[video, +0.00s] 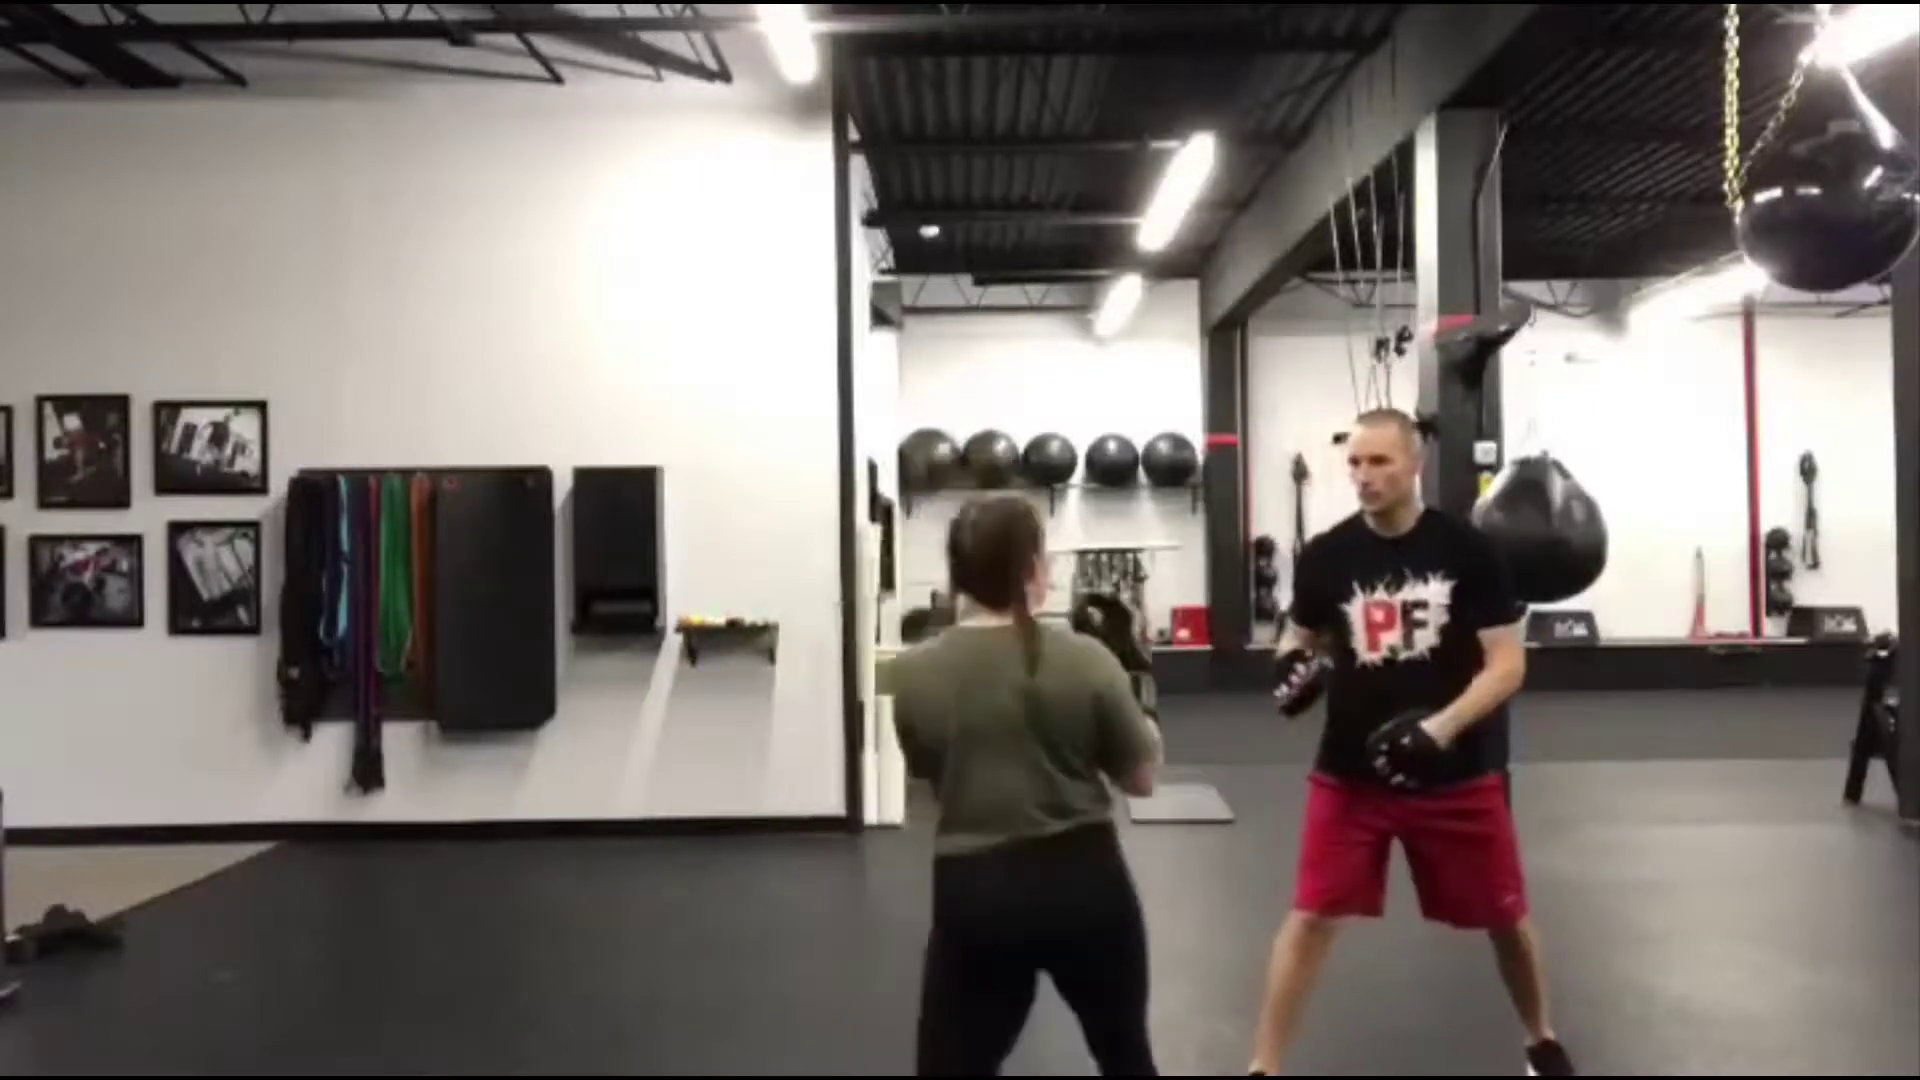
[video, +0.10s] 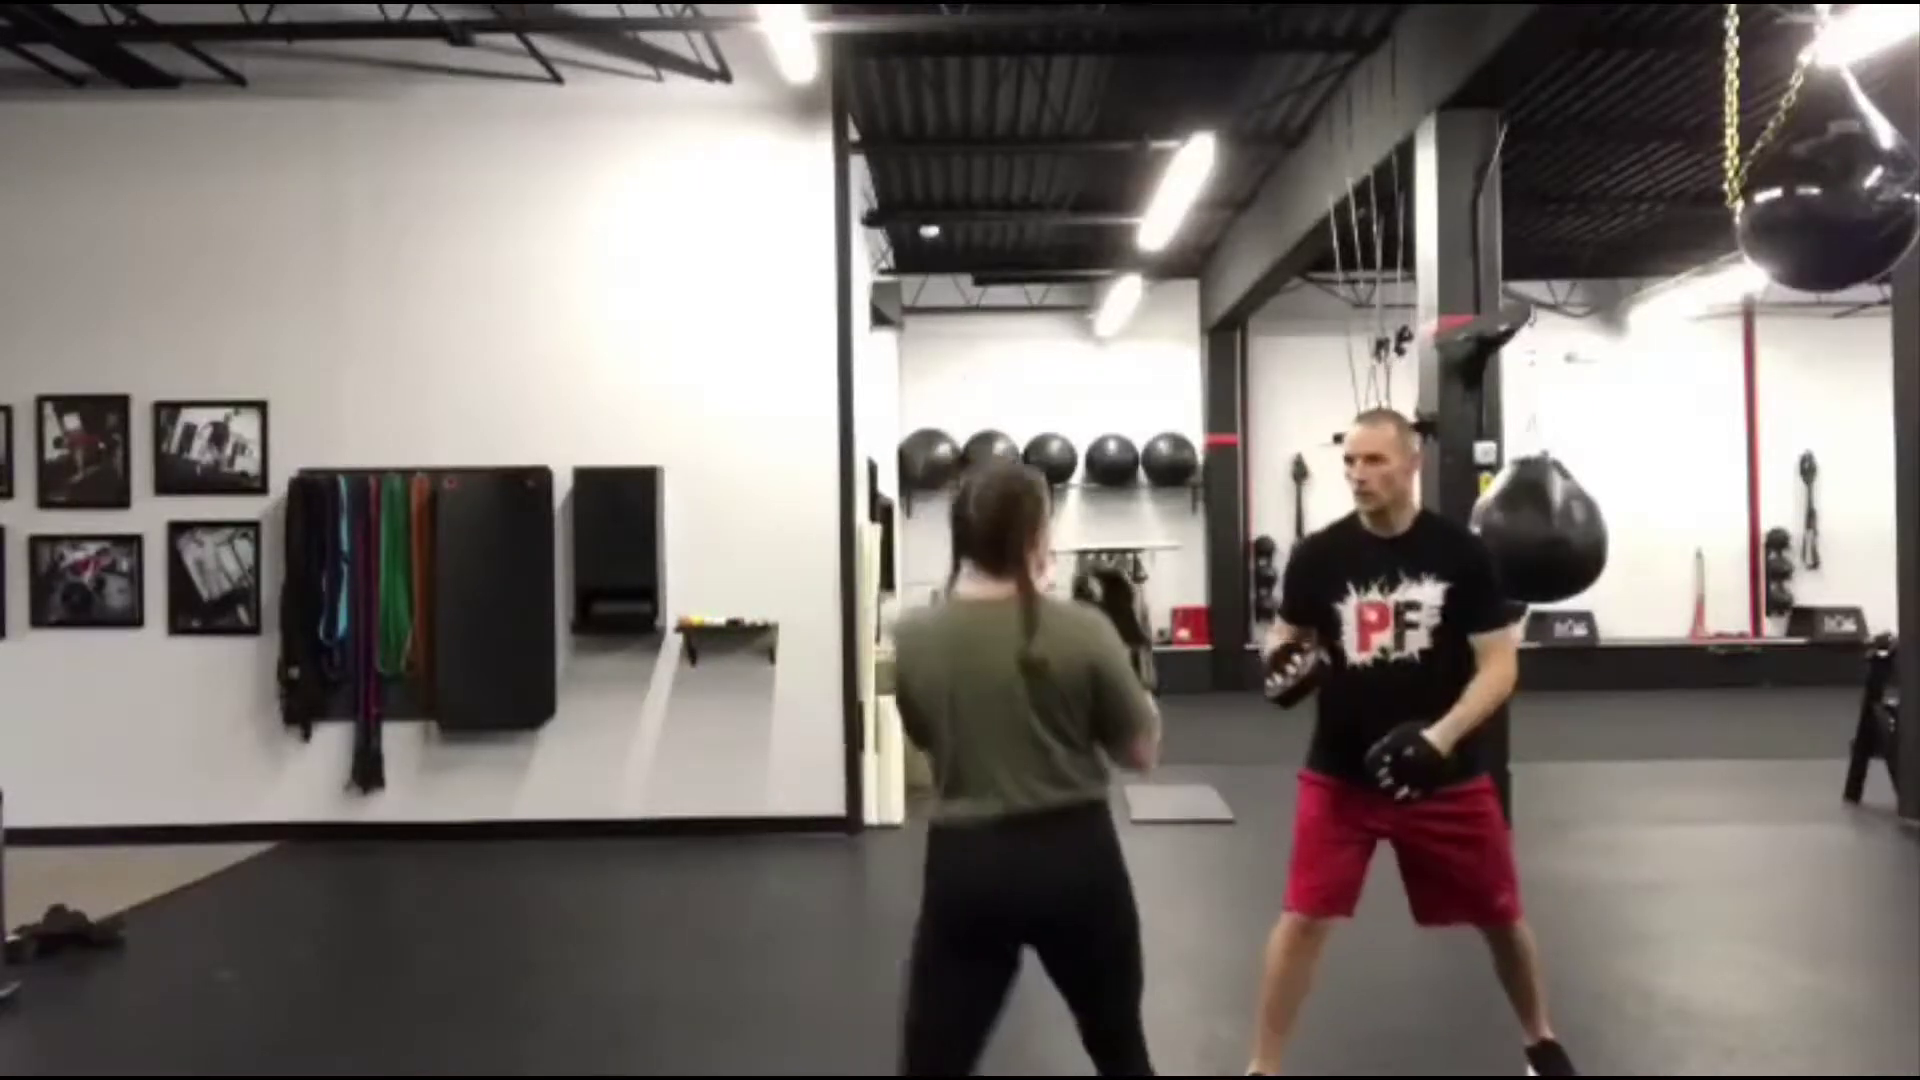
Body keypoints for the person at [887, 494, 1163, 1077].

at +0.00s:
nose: (1050, 565)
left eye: (1045, 552)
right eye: (1045, 553)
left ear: (957, 568)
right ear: (1033, 567)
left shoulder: (916, 672)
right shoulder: (1085, 660)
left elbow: (933, 777)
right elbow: (1140, 776)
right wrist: (1125, 701)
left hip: (975, 894)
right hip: (1085, 883)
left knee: (953, 1065)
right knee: (1126, 1059)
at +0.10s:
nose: (1049, 532)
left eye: (1043, 521)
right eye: (1046, 522)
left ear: (959, 533)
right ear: (1035, 535)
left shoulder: (917, 638)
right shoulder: (1080, 630)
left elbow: (928, 737)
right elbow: (1139, 748)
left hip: (965, 872)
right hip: (1075, 864)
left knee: (934, 1060)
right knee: (1119, 1049)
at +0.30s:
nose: (1034, 511)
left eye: (1032, 500)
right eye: (1031, 500)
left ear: (944, 501)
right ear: (1016, 507)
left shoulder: (882, 594)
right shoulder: (1047, 601)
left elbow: (898, 680)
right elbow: (1106, 723)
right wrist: (1094, 644)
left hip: (897, 821)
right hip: (1003, 823)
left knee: (876, 1043)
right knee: (1067, 1030)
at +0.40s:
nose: (1021, 568)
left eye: (1019, 553)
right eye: (1018, 554)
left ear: (932, 558)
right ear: (1001, 564)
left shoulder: (872, 638)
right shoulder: (1019, 657)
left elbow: (871, 740)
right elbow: (1075, 784)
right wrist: (1075, 692)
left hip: (859, 873)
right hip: (965, 882)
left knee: (854, 1065)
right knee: (1051, 1056)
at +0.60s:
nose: (1016, 544)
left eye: (1013, 531)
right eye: (1013, 532)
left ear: (928, 538)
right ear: (998, 542)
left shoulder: (871, 625)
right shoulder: (1025, 636)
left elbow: (858, 728)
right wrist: (1131, 688)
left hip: (881, 871)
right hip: (986, 876)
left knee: (854, 1061)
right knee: (1066, 1026)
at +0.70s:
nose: (1025, 499)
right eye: (1022, 489)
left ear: (942, 503)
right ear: (1017, 499)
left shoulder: (893, 591)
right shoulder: (1061, 582)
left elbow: (880, 686)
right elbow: (1182, 637)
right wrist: (1175, 587)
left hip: (941, 821)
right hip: (1046, 816)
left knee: (887, 1032)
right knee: (1092, 1000)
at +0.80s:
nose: (1043, 503)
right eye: (1040, 493)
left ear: (965, 510)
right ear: (1041, 503)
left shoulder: (934, 604)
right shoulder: (1092, 579)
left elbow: (905, 700)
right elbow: (1210, 585)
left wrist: (945, 602)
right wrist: (1203, 559)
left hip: (988, 824)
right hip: (1092, 812)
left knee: (921, 1035)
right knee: (1117, 998)